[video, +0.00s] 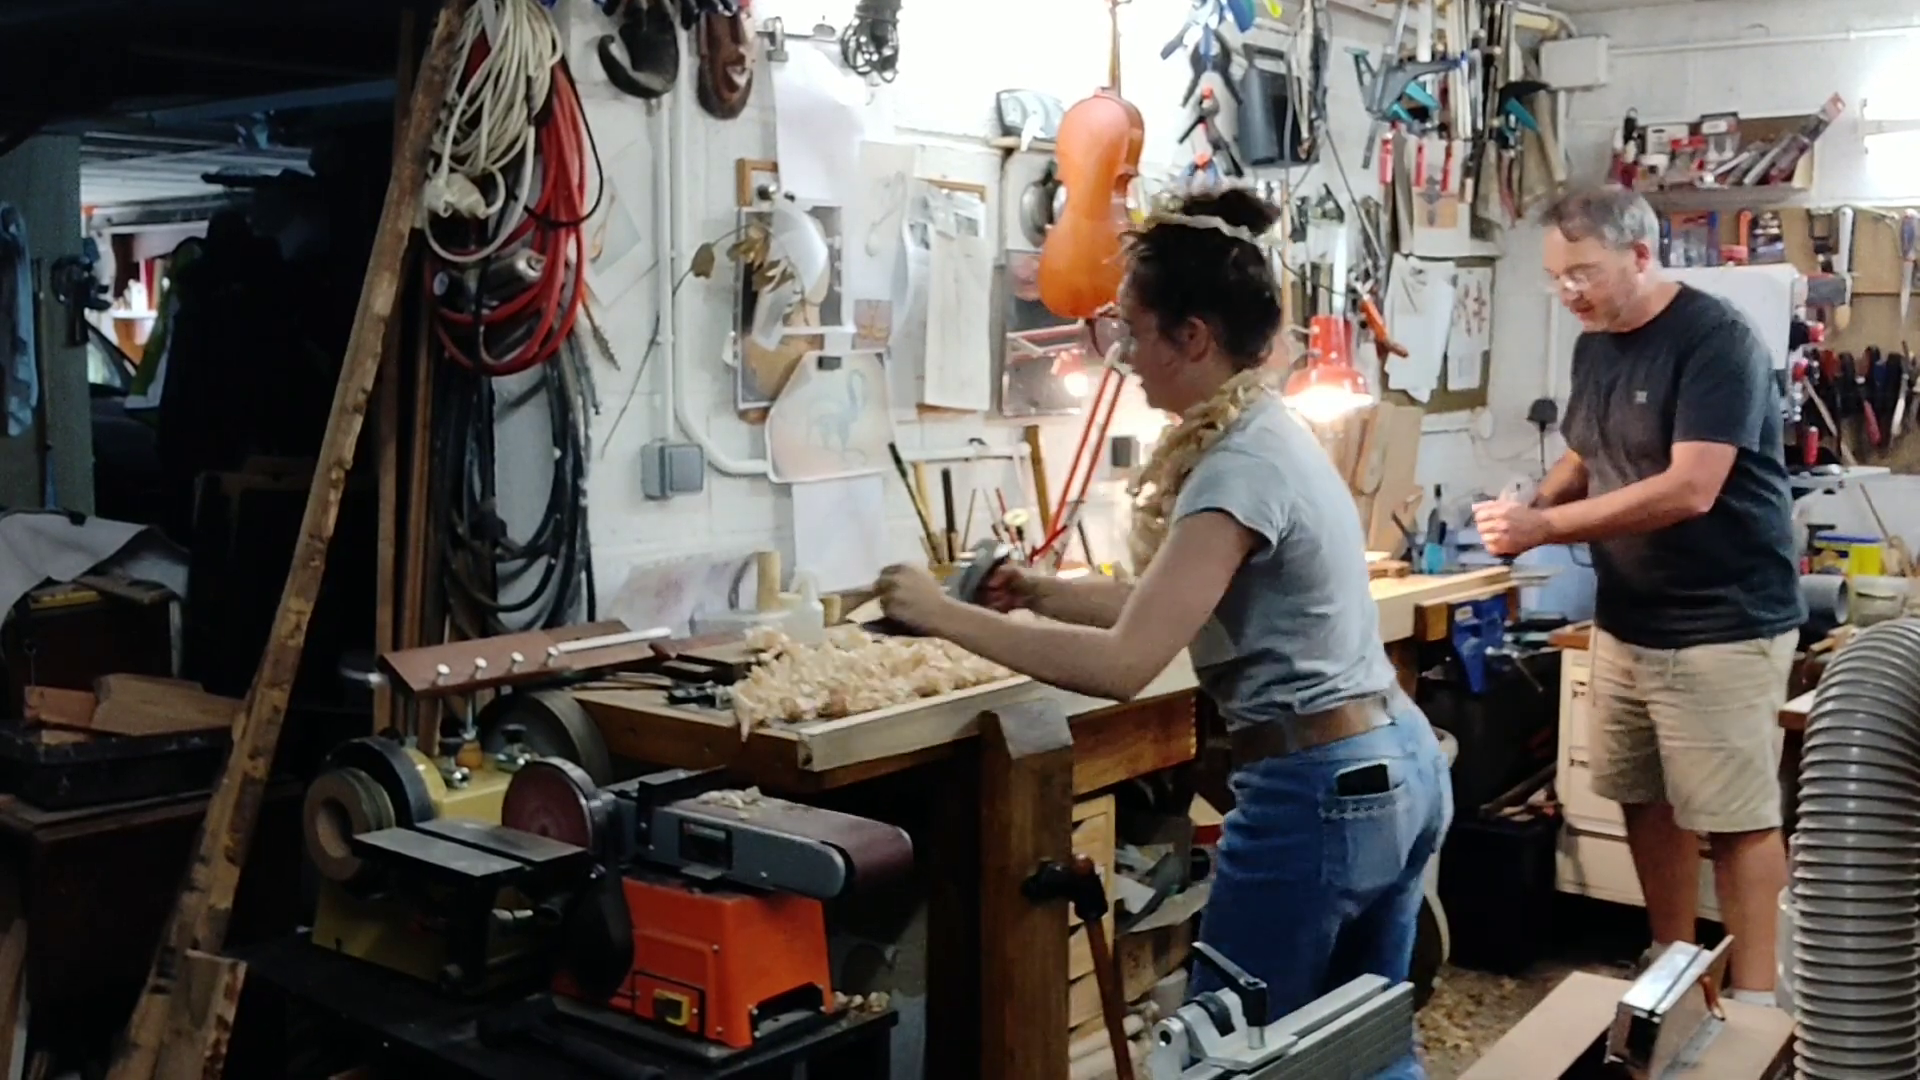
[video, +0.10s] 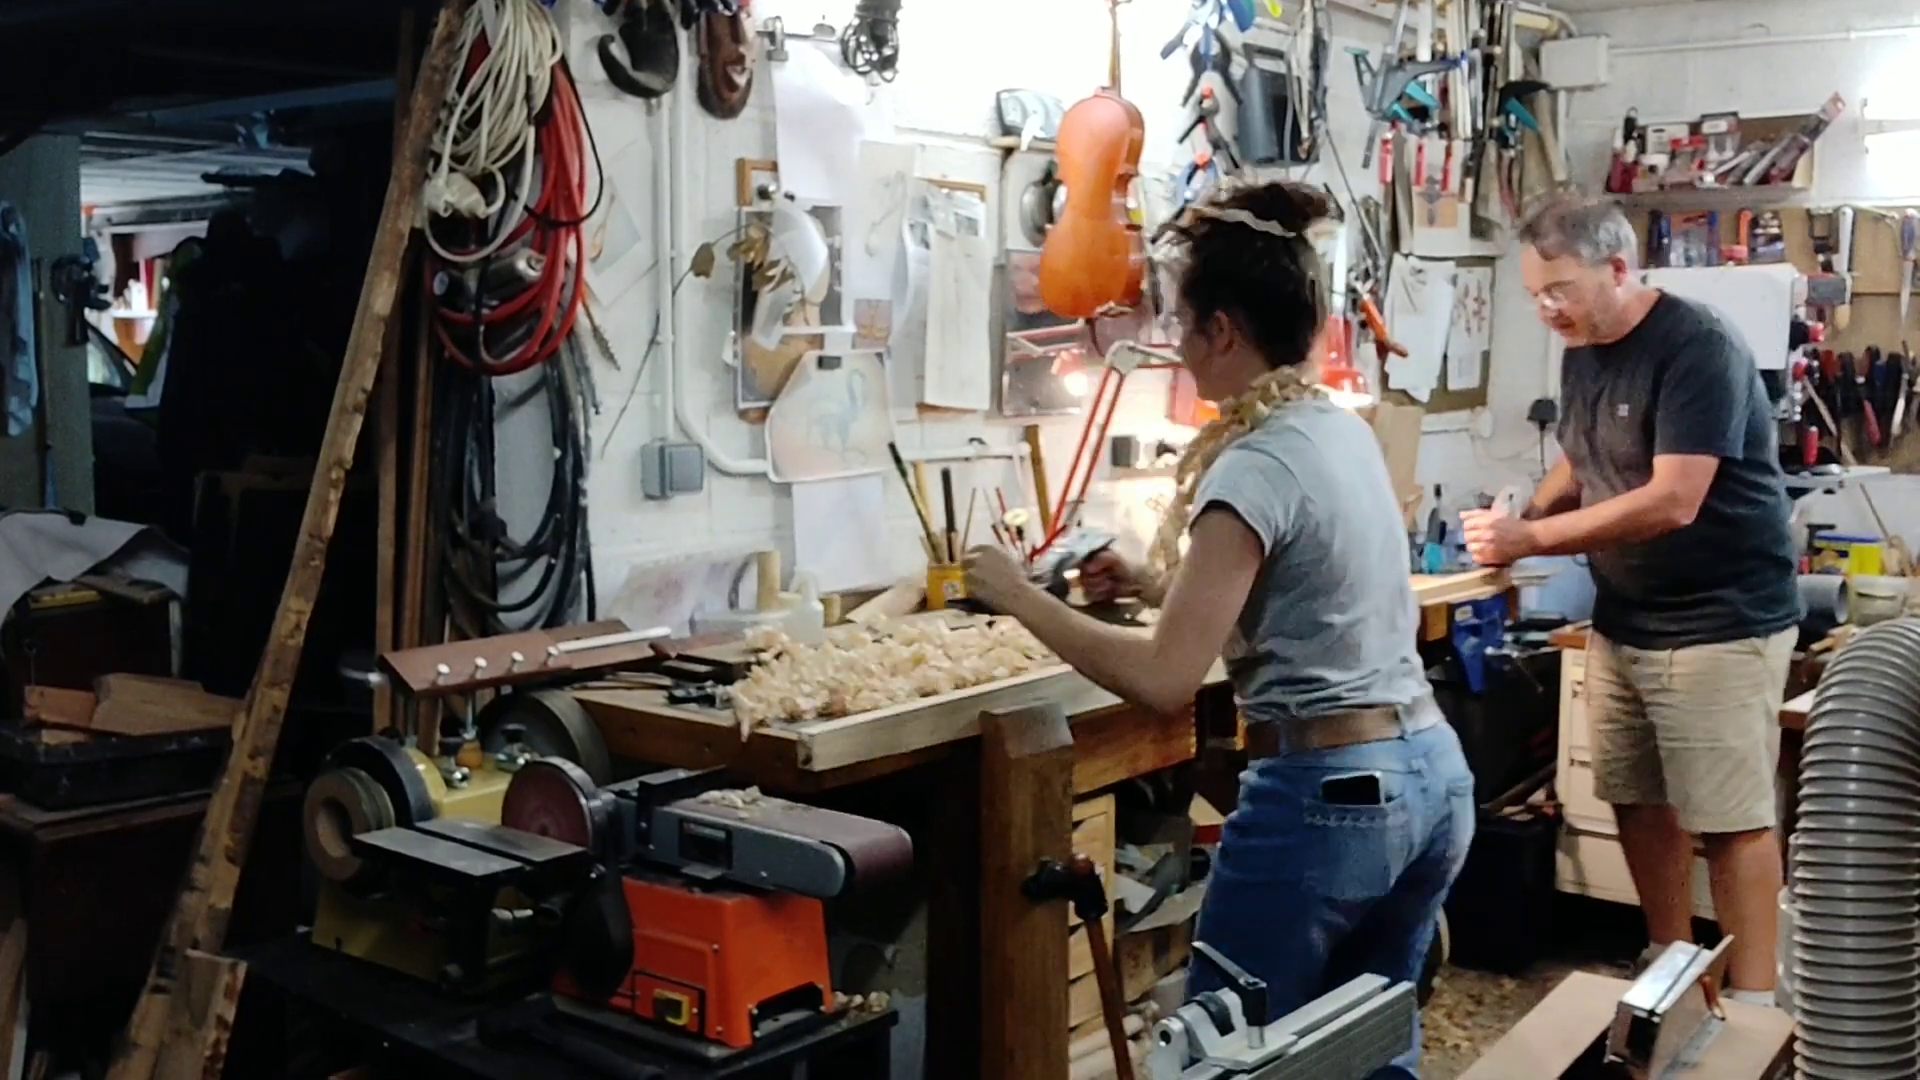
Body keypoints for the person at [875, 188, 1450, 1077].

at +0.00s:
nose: (1122, 351)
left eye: (1133, 330)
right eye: (1122, 328)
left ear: (1193, 338)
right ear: (1211, 340)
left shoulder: (1240, 463)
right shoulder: (1276, 440)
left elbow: (1125, 661)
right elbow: (1172, 600)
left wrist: (947, 617)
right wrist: (1038, 594)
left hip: (1317, 783)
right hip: (1400, 755)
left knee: (1232, 1045)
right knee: (1374, 1034)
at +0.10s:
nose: (1172, 343)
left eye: (1178, 320)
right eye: (1171, 320)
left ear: (1223, 328)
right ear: (1300, 325)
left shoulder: (1253, 466)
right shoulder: (1344, 432)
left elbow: (1164, 677)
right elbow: (1289, 600)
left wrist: (1021, 597)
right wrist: (1149, 579)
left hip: (1322, 786)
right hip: (1430, 761)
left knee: (1228, 1043)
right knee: (1380, 1043)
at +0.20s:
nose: (1239, 336)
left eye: (1239, 317)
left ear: (1257, 322)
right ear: (1375, 328)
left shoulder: (1267, 469)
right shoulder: (1422, 435)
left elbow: (1203, 681)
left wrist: (1088, 591)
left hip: (1329, 781)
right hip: (1460, 765)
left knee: (1222, 1037)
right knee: (1405, 1045)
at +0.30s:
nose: (1288, 325)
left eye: (1287, 309)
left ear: (1302, 320)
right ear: (1413, 310)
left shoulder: (1280, 468)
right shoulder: (1500, 446)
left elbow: (1237, 675)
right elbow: (1504, 634)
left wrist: (1165, 581)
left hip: (1332, 784)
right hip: (1475, 771)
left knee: (1237, 1037)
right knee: (1419, 1050)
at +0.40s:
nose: (1321, 326)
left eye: (1323, 311)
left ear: (1332, 321)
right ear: (1449, 314)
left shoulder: (1287, 462)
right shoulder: (1532, 445)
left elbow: (1260, 659)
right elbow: (1561, 635)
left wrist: (1241, 562)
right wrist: (1469, 602)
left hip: (1332, 775)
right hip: (1479, 770)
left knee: (1259, 1034)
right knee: (1423, 1048)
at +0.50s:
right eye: (1483, 301)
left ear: (1358, 308)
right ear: (1472, 306)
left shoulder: (1296, 449)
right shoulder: (1548, 446)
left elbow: (1281, 639)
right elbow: (1584, 645)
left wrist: (1360, 574)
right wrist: (1509, 581)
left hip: (1327, 754)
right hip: (1477, 755)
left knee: (1295, 1029)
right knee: (1434, 1042)